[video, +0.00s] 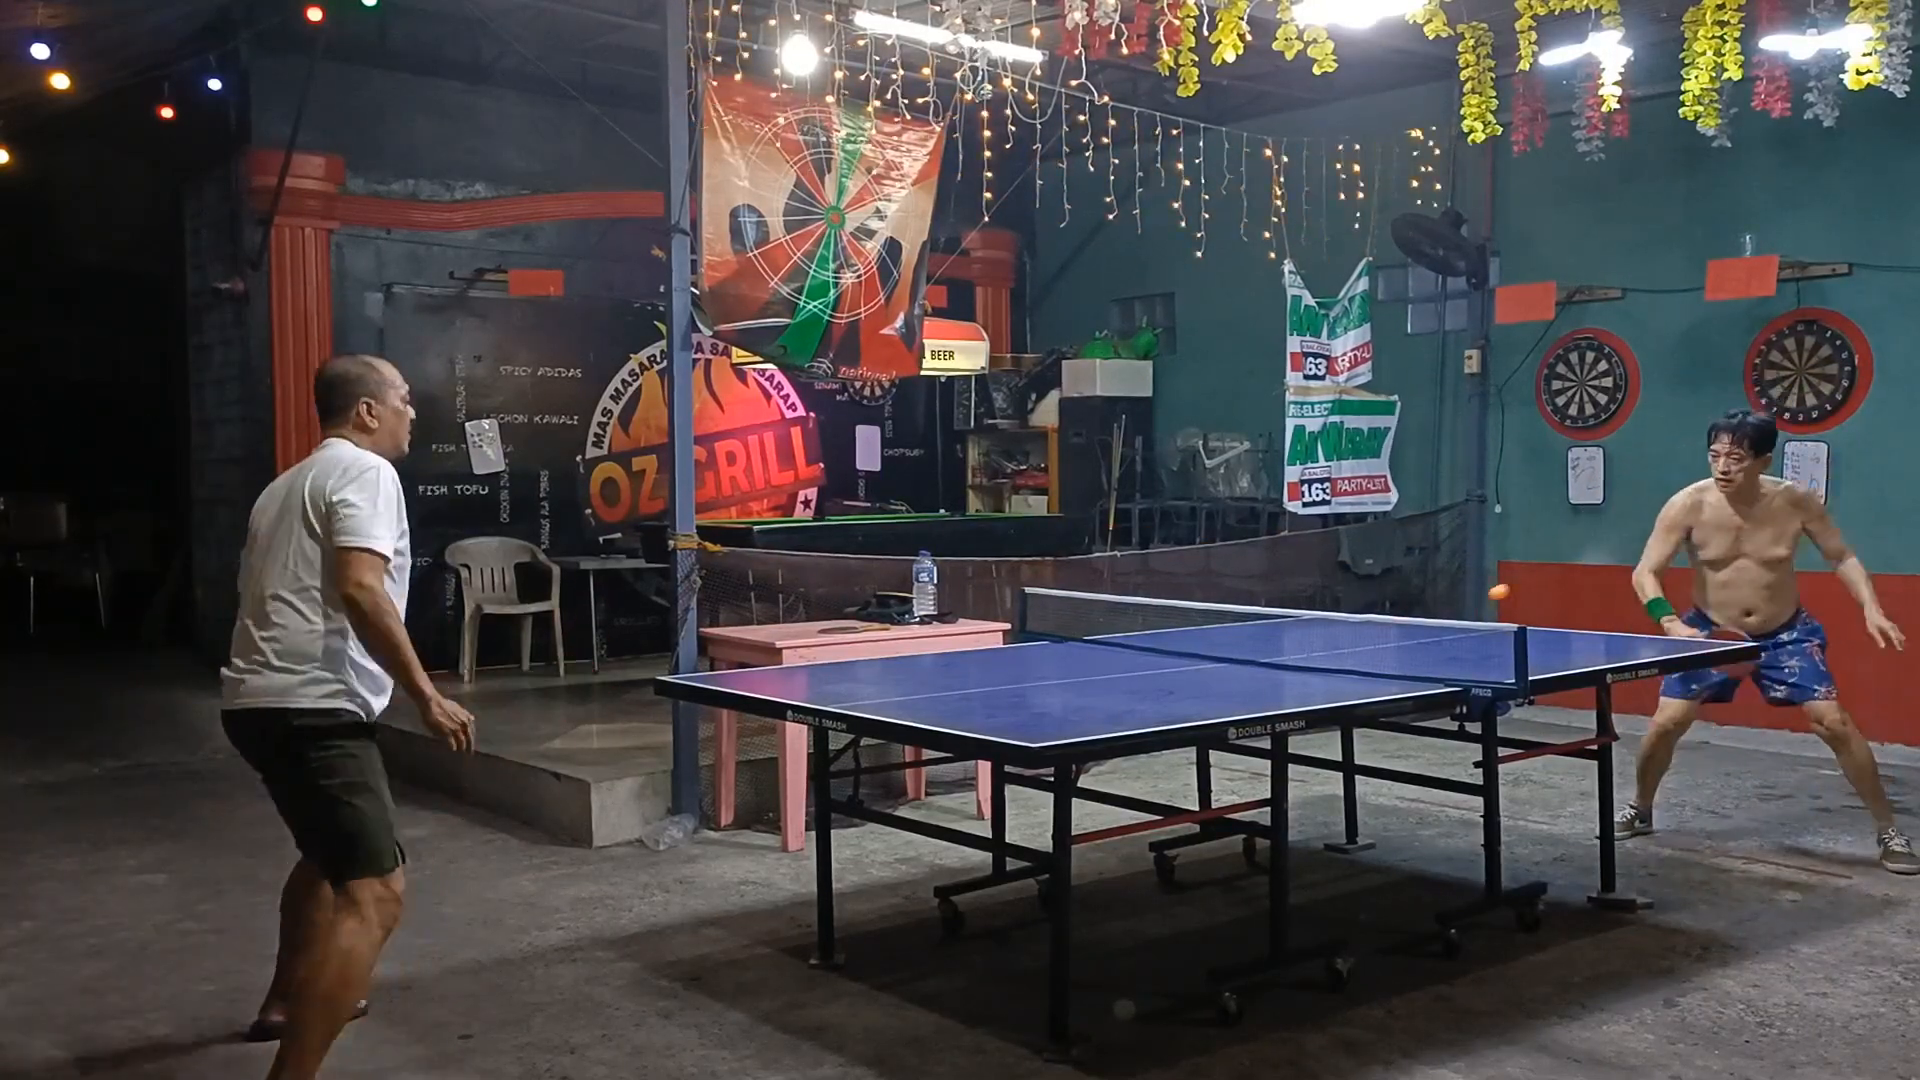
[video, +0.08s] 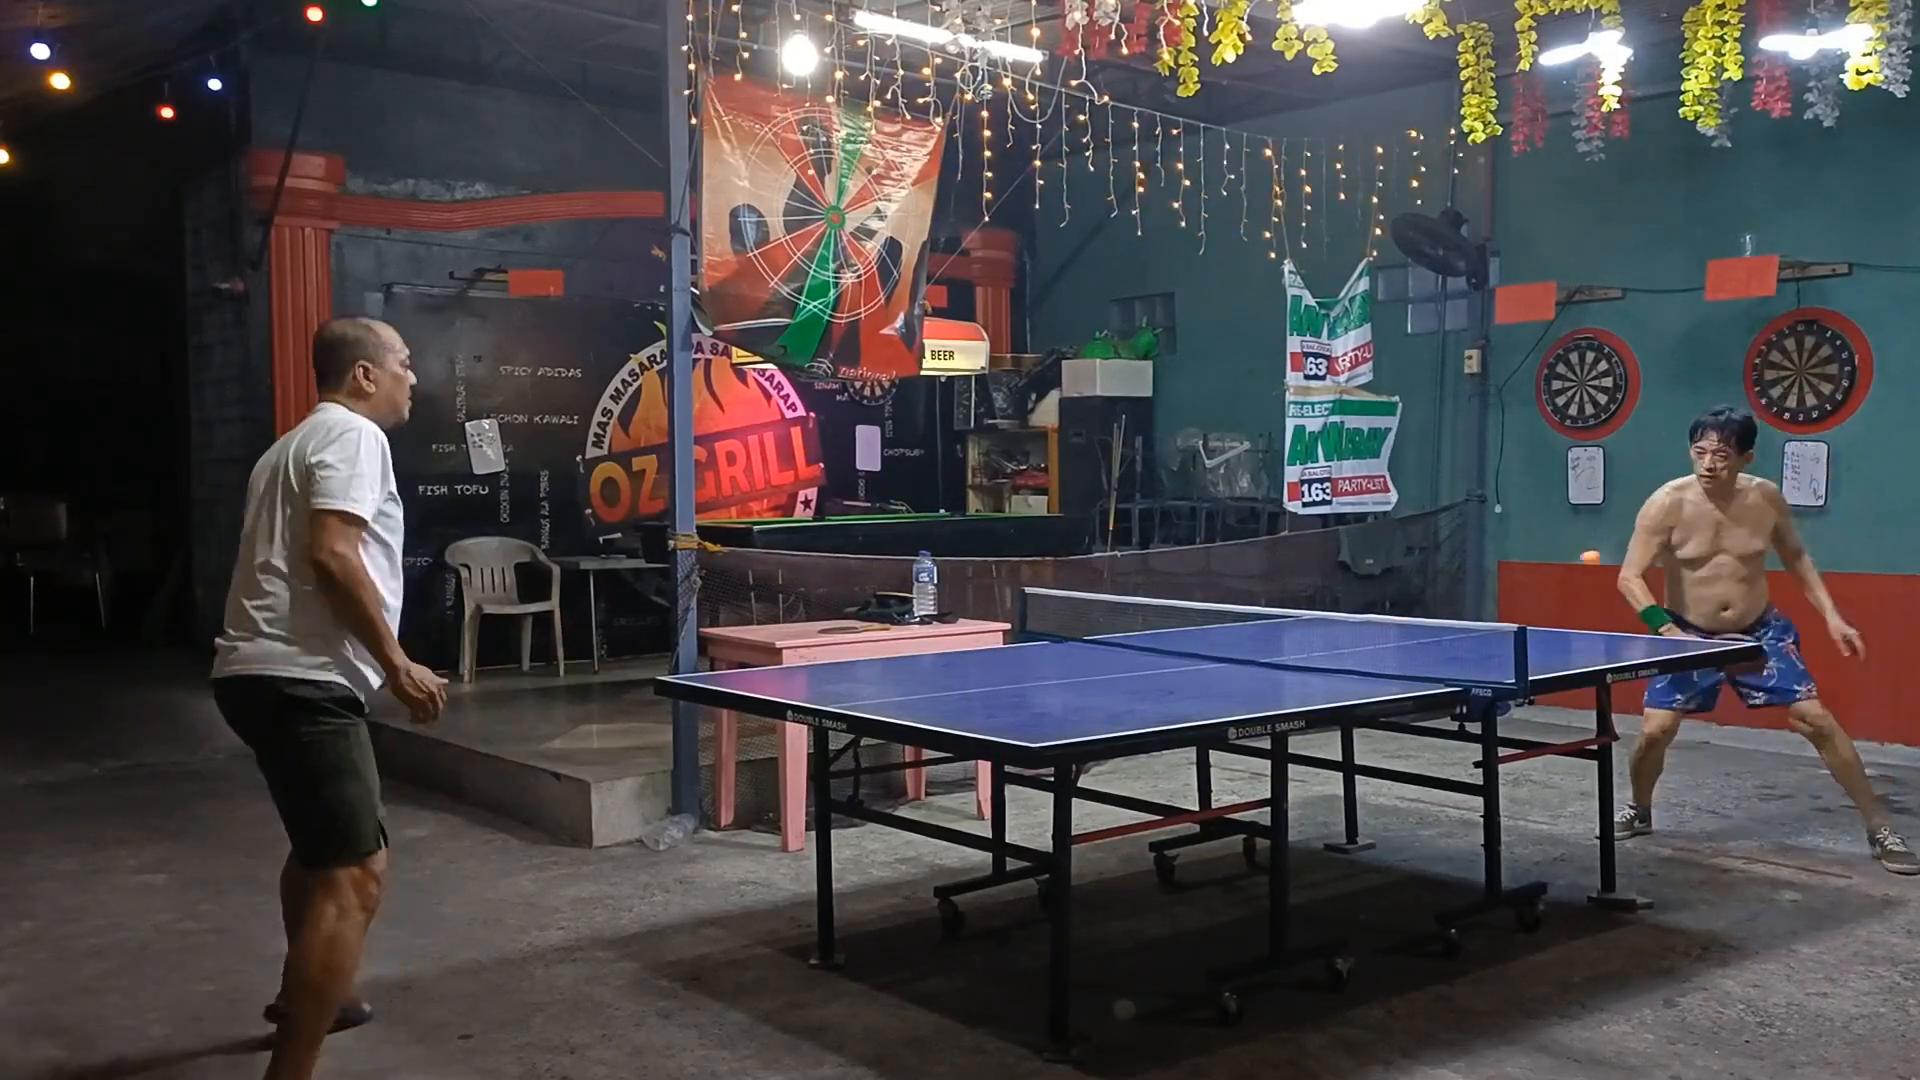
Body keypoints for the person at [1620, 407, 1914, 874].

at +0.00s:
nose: (1723, 464)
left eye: (1736, 456)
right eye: (1717, 454)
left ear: (1761, 460)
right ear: (1709, 454)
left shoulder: (1796, 501)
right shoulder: (1688, 504)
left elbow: (1840, 557)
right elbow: (1644, 573)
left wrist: (1871, 608)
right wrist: (1670, 622)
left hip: (1785, 637)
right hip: (1709, 636)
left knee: (1834, 724)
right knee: (1665, 724)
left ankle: (1889, 832)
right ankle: (1641, 812)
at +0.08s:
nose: (1711, 462)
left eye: (1723, 453)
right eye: (1703, 450)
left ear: (1743, 456)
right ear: (1692, 451)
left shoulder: (1766, 498)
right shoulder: (1667, 503)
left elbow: (1796, 557)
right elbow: (1628, 577)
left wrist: (1832, 617)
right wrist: (1662, 624)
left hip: (1760, 634)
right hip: (1689, 638)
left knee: (1816, 719)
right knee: (1655, 730)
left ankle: (1879, 829)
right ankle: (1640, 814)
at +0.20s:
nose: (1690, 457)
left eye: (1702, 449)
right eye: (1682, 444)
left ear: (1719, 447)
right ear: (1668, 436)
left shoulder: (1737, 486)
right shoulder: (1638, 484)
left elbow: (1759, 548)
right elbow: (1592, 531)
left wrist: (1792, 609)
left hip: (1737, 623)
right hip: (1666, 628)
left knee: (1800, 716)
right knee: (1648, 737)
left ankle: (1865, 825)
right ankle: (1639, 812)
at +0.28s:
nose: (1667, 448)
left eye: (1679, 440)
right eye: (1661, 435)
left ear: (1697, 442)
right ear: (1646, 430)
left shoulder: (1713, 482)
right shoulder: (1624, 468)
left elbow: (1739, 542)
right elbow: (1560, 448)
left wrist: (1772, 601)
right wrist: (1534, 418)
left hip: (1726, 620)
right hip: (1656, 629)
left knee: (1793, 712)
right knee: (1644, 736)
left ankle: (1847, 823)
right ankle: (1638, 811)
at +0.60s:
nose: (1633, 423)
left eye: (1645, 415)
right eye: (1626, 413)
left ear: (1672, 417)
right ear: (1619, 414)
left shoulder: (1712, 463)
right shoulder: (1604, 461)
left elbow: (1740, 528)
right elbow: (1530, 477)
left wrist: (1754, 591)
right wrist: (1507, 438)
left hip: (1708, 612)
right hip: (1636, 614)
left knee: (1737, 715)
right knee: (1611, 718)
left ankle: (1778, 833)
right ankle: (1631, 796)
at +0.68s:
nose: (1623, 422)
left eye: (1635, 412)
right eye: (1617, 413)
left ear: (1665, 415)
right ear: (1612, 416)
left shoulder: (1704, 460)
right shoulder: (1607, 464)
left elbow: (1750, 525)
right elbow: (1553, 506)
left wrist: (1734, 572)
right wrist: (1519, 503)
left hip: (1703, 608)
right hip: (1637, 612)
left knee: (1736, 710)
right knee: (1585, 700)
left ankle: (1800, 828)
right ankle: (1600, 816)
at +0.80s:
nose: (1617, 439)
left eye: (1628, 429)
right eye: (1612, 429)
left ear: (1660, 432)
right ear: (1608, 432)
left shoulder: (1696, 475)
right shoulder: (1611, 484)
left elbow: (1734, 548)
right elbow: (1568, 535)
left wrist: (1677, 584)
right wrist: (1535, 543)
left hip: (1708, 622)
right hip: (1646, 625)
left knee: (1737, 729)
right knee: (1581, 708)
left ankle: (1808, 854)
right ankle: (1594, 825)